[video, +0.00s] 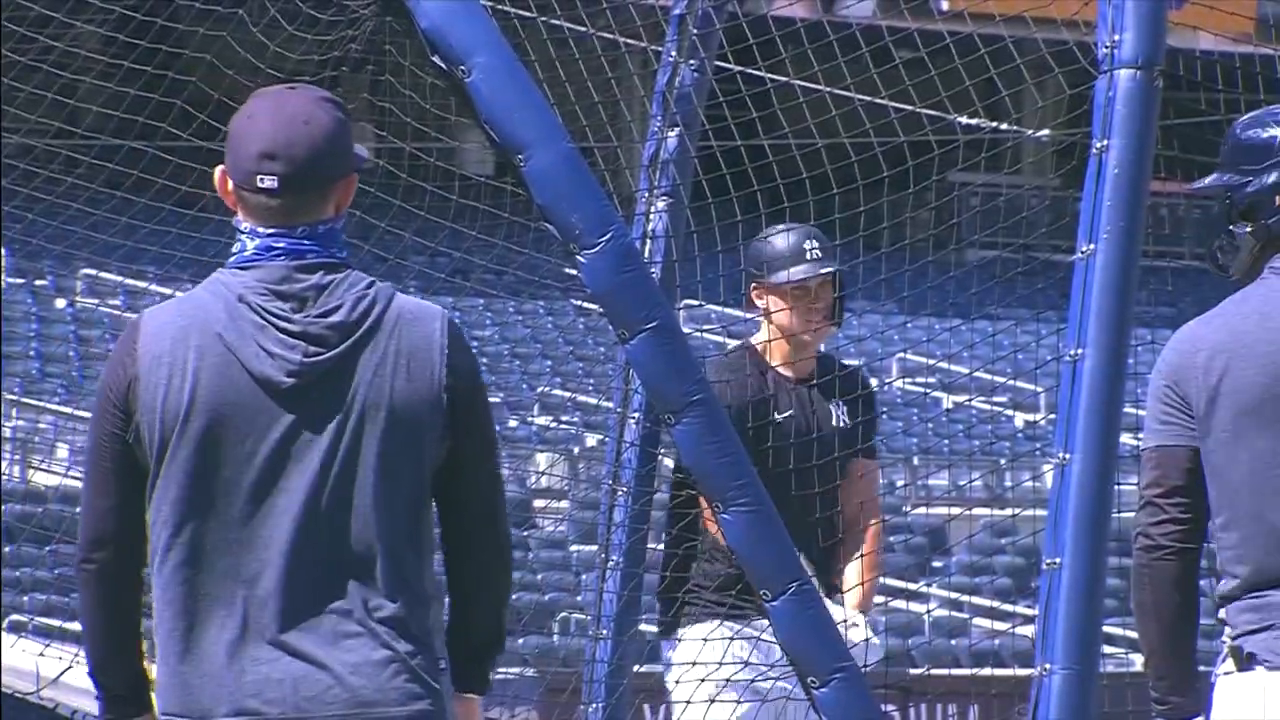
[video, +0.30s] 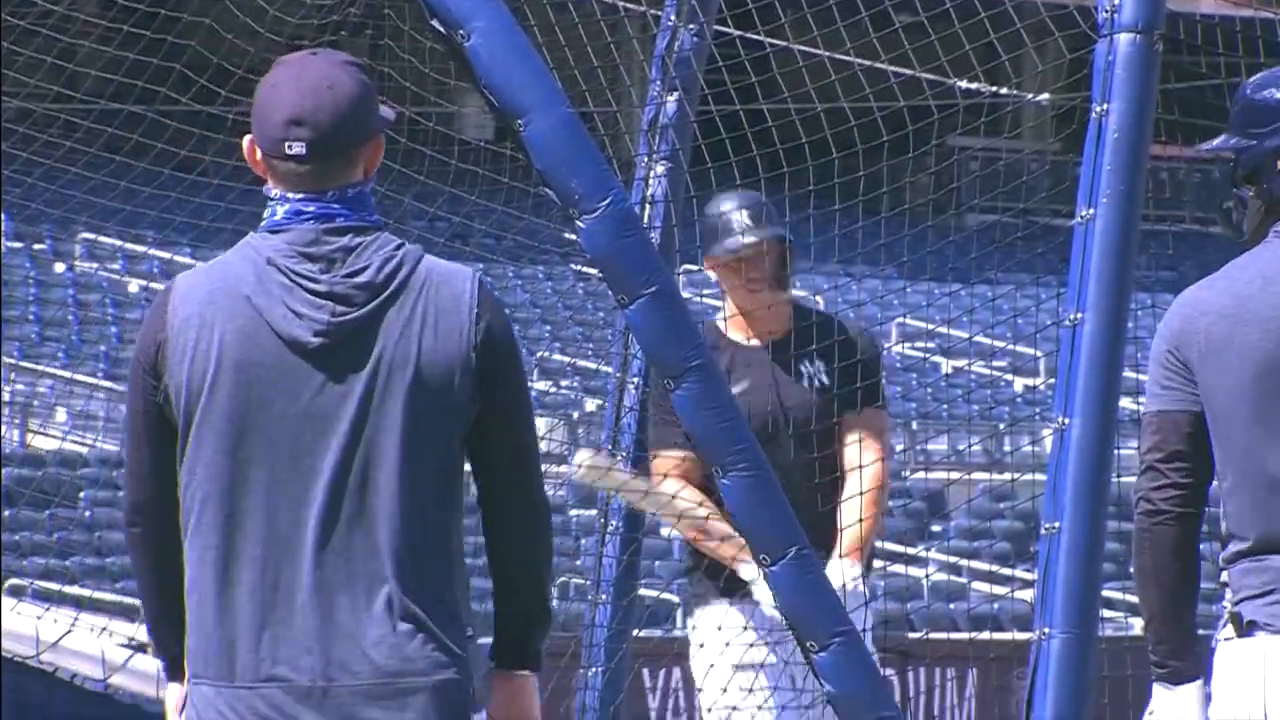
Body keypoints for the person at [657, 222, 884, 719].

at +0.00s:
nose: (819, 305)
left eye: (824, 289)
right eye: (800, 293)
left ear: (835, 289)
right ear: (759, 297)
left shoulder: (849, 388)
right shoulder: (718, 383)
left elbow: (864, 515)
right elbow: (722, 516)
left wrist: (852, 609)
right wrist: (809, 595)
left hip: (816, 624)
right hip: (722, 627)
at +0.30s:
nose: (754, 270)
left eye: (764, 255)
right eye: (737, 259)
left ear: (783, 254)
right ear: (712, 268)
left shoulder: (845, 348)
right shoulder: (686, 358)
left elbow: (866, 464)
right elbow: (670, 483)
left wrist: (846, 561)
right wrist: (754, 565)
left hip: (833, 587)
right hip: (732, 599)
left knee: (853, 712)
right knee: (749, 709)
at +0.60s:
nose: (660, 241)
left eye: (672, 224)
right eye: (651, 226)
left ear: (713, 221)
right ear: (639, 228)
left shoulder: (796, 298)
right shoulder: (641, 311)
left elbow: (828, 445)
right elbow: (624, 446)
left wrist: (835, 565)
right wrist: (622, 553)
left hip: (781, 559)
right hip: (683, 570)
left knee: (792, 708)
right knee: (706, 709)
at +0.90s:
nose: (624, 270)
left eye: (635, 252)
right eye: (612, 257)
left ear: (677, 244)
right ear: (605, 266)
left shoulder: (764, 318)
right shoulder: (615, 336)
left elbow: (830, 450)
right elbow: (593, 469)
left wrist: (883, 547)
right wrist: (561, 581)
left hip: (750, 560)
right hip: (662, 574)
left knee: (718, 706)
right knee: (705, 707)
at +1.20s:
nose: (723, 243)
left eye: (733, 225)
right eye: (716, 229)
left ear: (779, 216)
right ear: (710, 222)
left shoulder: (851, 296)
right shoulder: (725, 291)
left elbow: (912, 445)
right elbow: (721, 409)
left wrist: (949, 562)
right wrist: (710, 525)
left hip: (829, 549)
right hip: (734, 551)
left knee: (803, 706)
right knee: (730, 707)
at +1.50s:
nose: (668, 226)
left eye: (682, 207)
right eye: (655, 211)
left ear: (726, 195)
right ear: (645, 209)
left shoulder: (807, 279)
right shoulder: (665, 292)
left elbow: (826, 431)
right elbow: (648, 415)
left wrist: (791, 550)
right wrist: (575, 463)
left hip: (779, 547)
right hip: (675, 552)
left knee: (783, 708)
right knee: (617, 708)